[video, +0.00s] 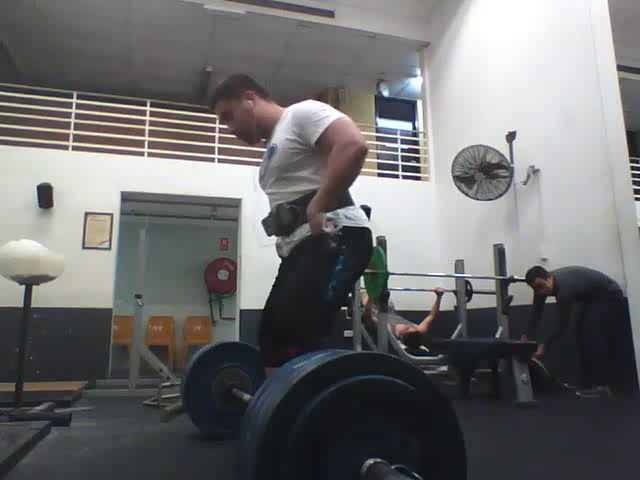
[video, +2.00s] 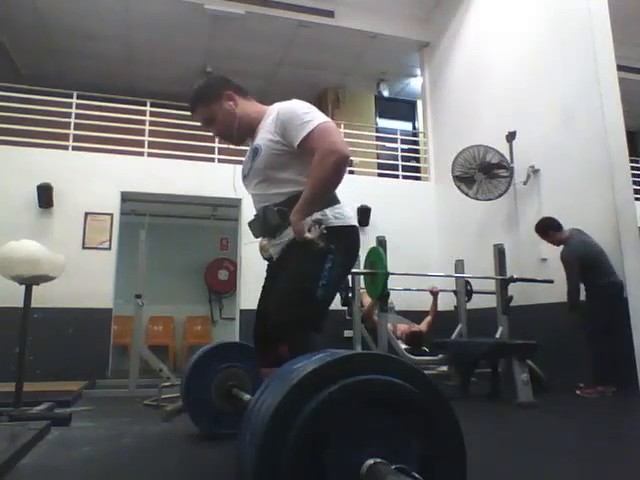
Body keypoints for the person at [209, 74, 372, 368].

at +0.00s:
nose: (228, 129)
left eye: (228, 117)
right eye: (223, 123)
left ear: (250, 99)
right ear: (251, 101)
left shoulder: (301, 113)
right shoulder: (273, 152)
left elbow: (351, 144)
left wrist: (318, 207)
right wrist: (285, 231)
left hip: (333, 238)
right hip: (305, 248)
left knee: (296, 335)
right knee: (273, 335)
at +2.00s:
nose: (214, 133)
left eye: (211, 121)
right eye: (207, 127)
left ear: (230, 100)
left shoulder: (287, 112)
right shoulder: (251, 161)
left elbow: (335, 153)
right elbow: (276, 202)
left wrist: (300, 215)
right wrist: (267, 236)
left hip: (324, 235)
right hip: (290, 247)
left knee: (289, 330)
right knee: (266, 333)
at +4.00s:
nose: (200, 150)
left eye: (196, 139)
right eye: (192, 146)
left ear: (213, 115)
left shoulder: (272, 117)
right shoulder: (238, 168)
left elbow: (322, 158)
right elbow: (270, 212)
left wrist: (295, 225)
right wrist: (264, 245)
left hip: (326, 238)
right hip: (293, 252)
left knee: (292, 334)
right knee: (265, 337)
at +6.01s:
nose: (211, 135)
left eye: (206, 122)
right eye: (203, 128)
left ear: (225, 98)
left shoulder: (281, 109)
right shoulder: (252, 159)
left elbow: (335, 142)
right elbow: (286, 202)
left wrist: (312, 219)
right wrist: (275, 249)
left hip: (330, 230)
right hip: (300, 242)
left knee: (301, 333)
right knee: (278, 334)